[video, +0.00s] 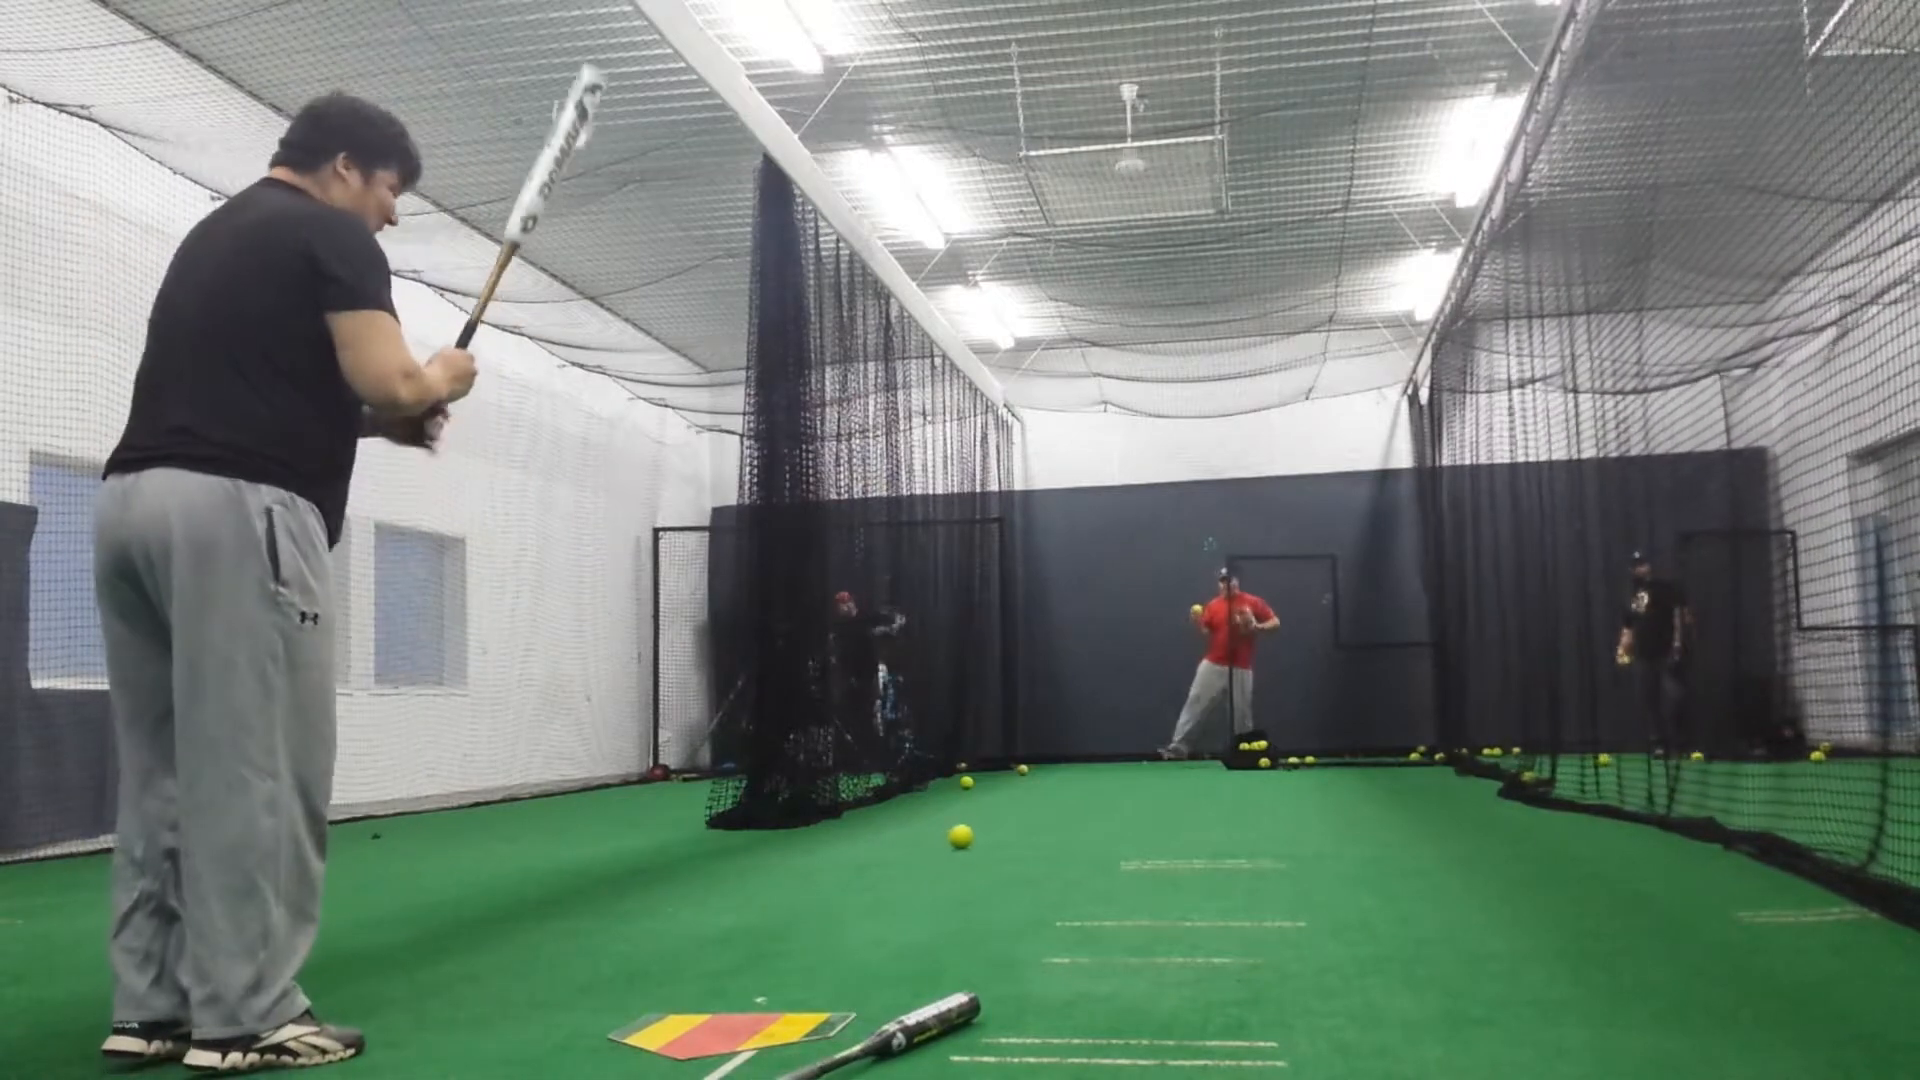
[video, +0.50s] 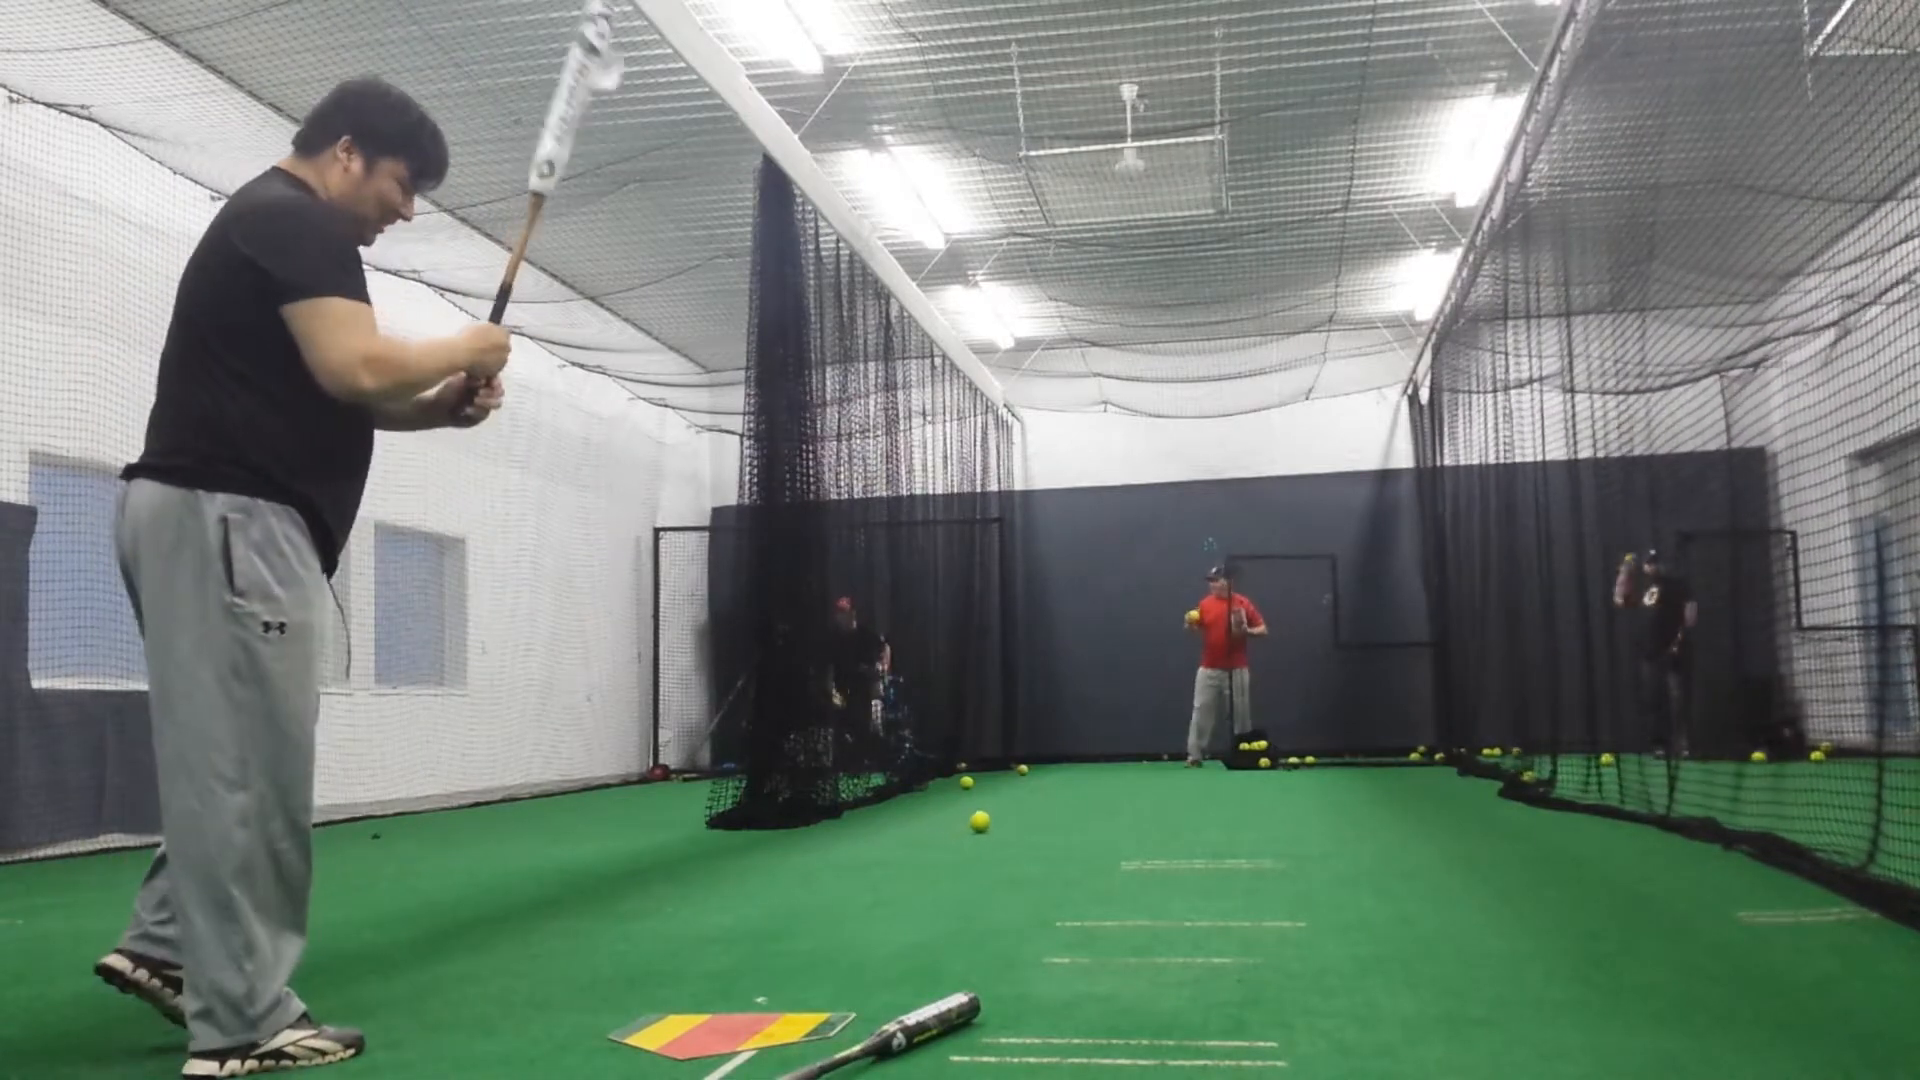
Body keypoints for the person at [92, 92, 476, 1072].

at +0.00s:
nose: (393, 214)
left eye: (399, 197)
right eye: (391, 192)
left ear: (307, 168)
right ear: (346, 167)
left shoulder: (221, 227)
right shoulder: (331, 231)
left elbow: (264, 379)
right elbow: (388, 384)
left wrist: (388, 416)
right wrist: (440, 379)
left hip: (134, 497)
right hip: (238, 507)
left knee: (156, 767)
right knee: (257, 765)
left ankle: (150, 1009)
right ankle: (245, 1015)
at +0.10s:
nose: (394, 219)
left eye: (401, 204)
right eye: (393, 195)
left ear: (318, 163)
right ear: (345, 161)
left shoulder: (231, 222)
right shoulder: (326, 228)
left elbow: (277, 388)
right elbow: (393, 378)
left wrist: (405, 408)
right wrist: (457, 360)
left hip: (143, 498)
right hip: (239, 511)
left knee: (166, 766)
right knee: (258, 770)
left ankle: (154, 1002)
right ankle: (247, 1018)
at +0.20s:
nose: (399, 219)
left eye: (406, 203)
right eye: (398, 193)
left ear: (326, 160)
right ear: (348, 158)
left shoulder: (245, 218)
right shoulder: (320, 224)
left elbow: (293, 386)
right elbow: (393, 373)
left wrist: (421, 401)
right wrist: (463, 356)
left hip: (156, 502)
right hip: (239, 514)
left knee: (178, 765)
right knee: (259, 771)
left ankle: (159, 987)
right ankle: (245, 1021)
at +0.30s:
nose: (399, 217)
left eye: (407, 201)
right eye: (397, 191)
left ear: (332, 160)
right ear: (345, 156)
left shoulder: (256, 217)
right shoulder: (311, 223)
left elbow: (307, 392)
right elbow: (381, 369)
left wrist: (430, 413)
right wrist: (466, 362)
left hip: (174, 507)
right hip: (237, 517)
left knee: (208, 759)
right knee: (253, 771)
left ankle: (166, 968)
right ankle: (244, 1024)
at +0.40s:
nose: (401, 214)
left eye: (410, 197)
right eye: (397, 188)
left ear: (334, 161)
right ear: (342, 155)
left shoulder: (276, 222)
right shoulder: (300, 221)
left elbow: (332, 397)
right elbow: (371, 367)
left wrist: (437, 414)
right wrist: (464, 361)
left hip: (202, 511)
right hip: (234, 519)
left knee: (237, 756)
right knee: (255, 771)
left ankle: (169, 946)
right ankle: (242, 1025)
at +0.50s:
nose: (404, 212)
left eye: (413, 195)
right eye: (401, 186)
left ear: (339, 161)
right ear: (347, 153)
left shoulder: (284, 225)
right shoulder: (294, 218)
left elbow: (333, 395)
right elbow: (357, 367)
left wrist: (444, 407)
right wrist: (462, 350)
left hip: (219, 515)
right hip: (228, 519)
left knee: (239, 756)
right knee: (249, 773)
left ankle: (163, 942)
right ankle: (242, 1025)